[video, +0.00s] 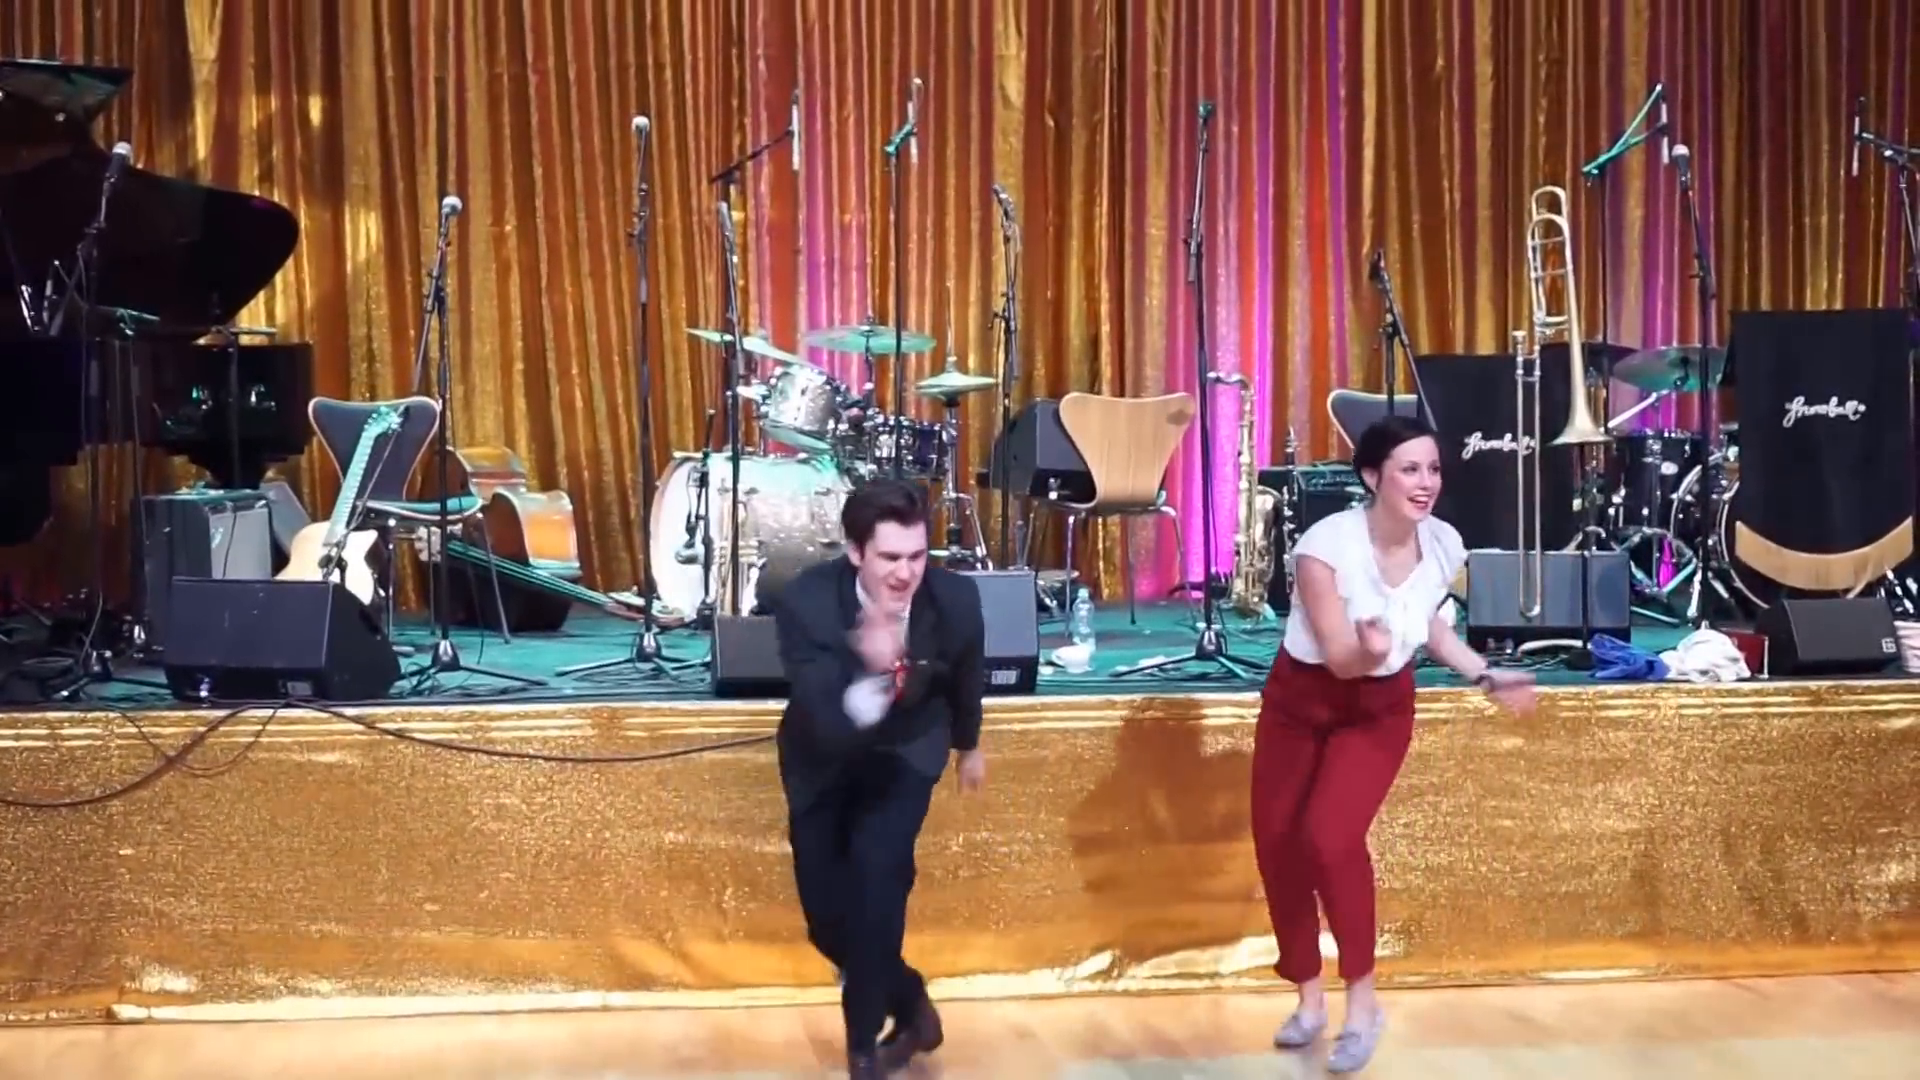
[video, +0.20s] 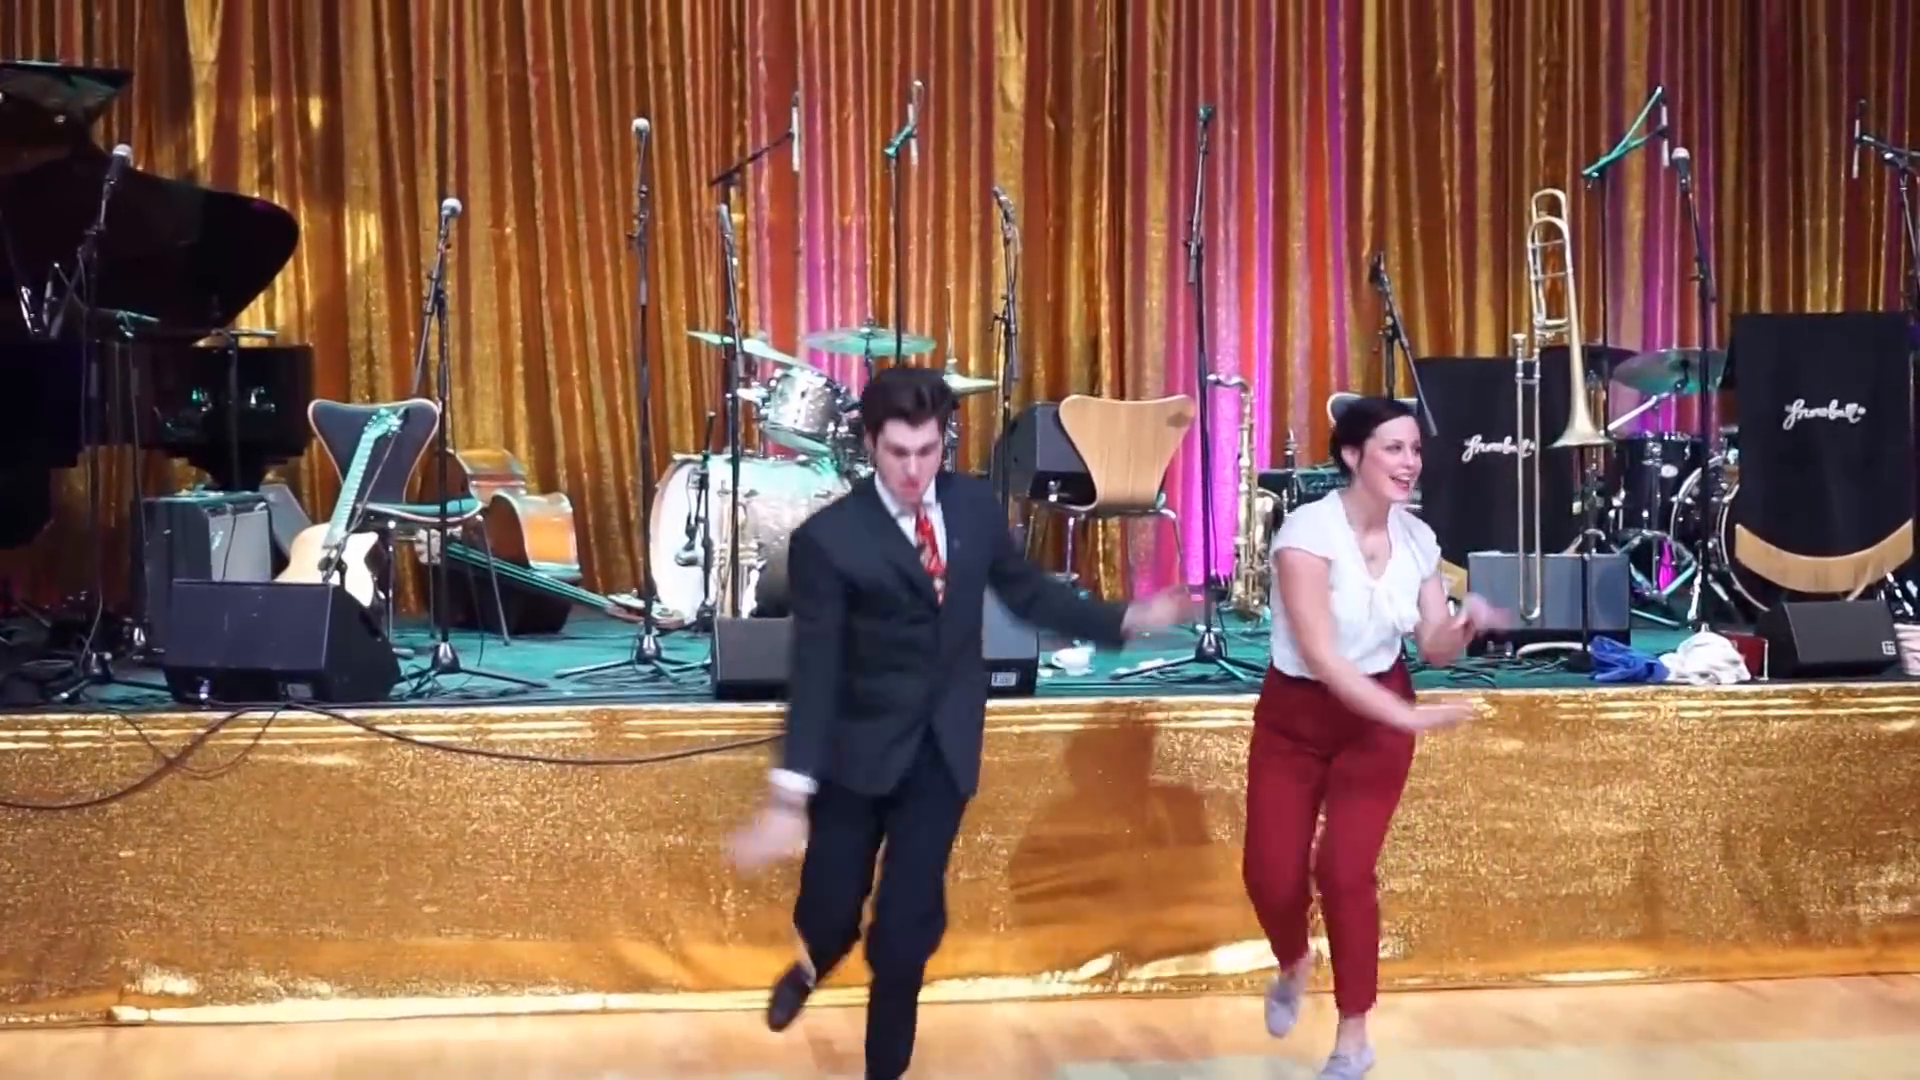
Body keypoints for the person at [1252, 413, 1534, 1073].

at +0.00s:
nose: (1425, 483)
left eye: (1433, 470)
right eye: (1410, 470)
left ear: (1440, 478)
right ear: (1372, 476)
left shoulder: (1442, 544)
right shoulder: (1324, 546)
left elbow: (1432, 622)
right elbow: (1337, 658)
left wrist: (1485, 674)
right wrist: (1370, 652)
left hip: (1379, 707)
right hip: (1297, 703)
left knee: (1330, 836)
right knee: (1276, 842)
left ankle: (1361, 1001)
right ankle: (1309, 998)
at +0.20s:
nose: (1409, 462)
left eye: (1415, 450)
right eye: (1393, 449)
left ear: (1418, 460)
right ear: (1353, 455)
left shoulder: (1417, 538)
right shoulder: (1306, 530)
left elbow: (1436, 650)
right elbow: (1320, 655)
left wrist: (1464, 624)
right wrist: (1406, 715)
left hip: (1378, 710)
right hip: (1293, 711)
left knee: (1345, 871)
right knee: (1270, 878)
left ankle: (1354, 1029)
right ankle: (1294, 962)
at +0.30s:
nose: (1408, 445)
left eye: (1413, 433)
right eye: (1393, 431)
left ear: (1413, 444)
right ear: (1348, 439)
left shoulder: (1419, 534)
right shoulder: (1291, 524)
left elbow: (1426, 644)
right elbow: (1238, 625)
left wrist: (1468, 563)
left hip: (1389, 708)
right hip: (1306, 710)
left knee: (1373, 872)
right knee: (1358, 863)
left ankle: (1318, 1036)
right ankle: (1285, 981)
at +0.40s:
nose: (1405, 431)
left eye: (1409, 418)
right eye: (1390, 417)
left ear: (1407, 430)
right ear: (1344, 425)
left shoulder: (1420, 521)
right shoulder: (1276, 506)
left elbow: (1417, 632)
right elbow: (1191, 567)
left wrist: (1452, 566)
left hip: (1382, 703)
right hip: (1311, 705)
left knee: (1334, 878)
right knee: (1414, 874)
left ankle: (1288, 1034)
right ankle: (1336, 1038)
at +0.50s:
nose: (1398, 417)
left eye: (1400, 404)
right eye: (1382, 403)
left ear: (1392, 415)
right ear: (1334, 413)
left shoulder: (1421, 512)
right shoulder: (1278, 496)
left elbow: (1460, 624)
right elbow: (1177, 520)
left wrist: (1491, 644)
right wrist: (1095, 506)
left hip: (1378, 702)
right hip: (1309, 702)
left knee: (1342, 877)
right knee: (1409, 887)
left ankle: (1278, 1031)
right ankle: (1334, 1057)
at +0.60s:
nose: (1393, 412)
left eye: (1395, 399)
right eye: (1376, 397)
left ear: (1392, 411)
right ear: (1327, 409)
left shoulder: (1426, 505)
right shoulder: (1277, 493)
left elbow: (1487, 605)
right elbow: (1167, 518)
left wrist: (1540, 693)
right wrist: (1144, 499)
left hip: (1382, 713)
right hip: (1298, 707)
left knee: (1405, 899)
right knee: (1346, 891)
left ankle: (1333, 1012)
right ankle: (1321, 1058)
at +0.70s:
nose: (1388, 419)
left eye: (1391, 409)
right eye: (1371, 407)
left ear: (1395, 424)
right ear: (1324, 422)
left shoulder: (1433, 516)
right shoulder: (1279, 521)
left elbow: (1467, 592)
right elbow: (1209, 603)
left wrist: (1537, 645)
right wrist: (1200, 514)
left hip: (1379, 732)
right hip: (1285, 731)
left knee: (1408, 909)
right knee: (1315, 908)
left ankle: (1418, 1036)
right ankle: (1358, 1059)